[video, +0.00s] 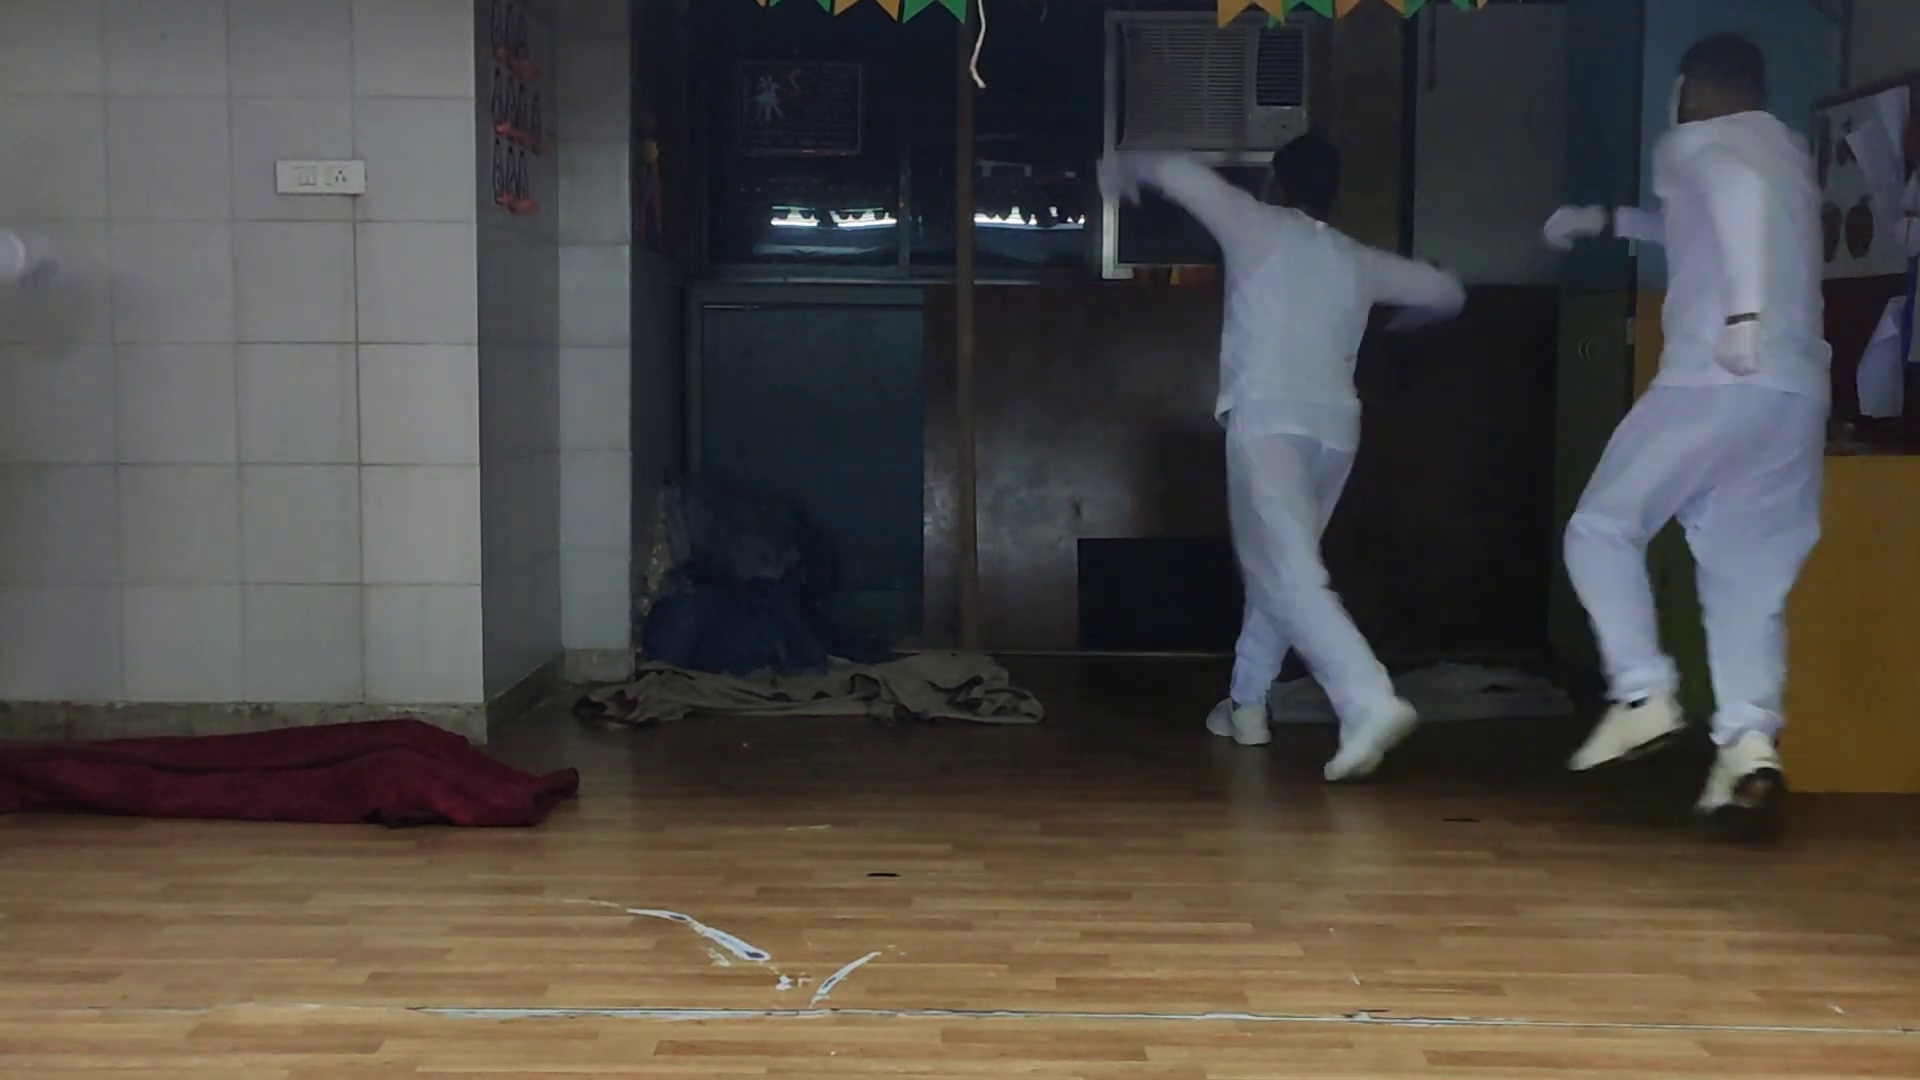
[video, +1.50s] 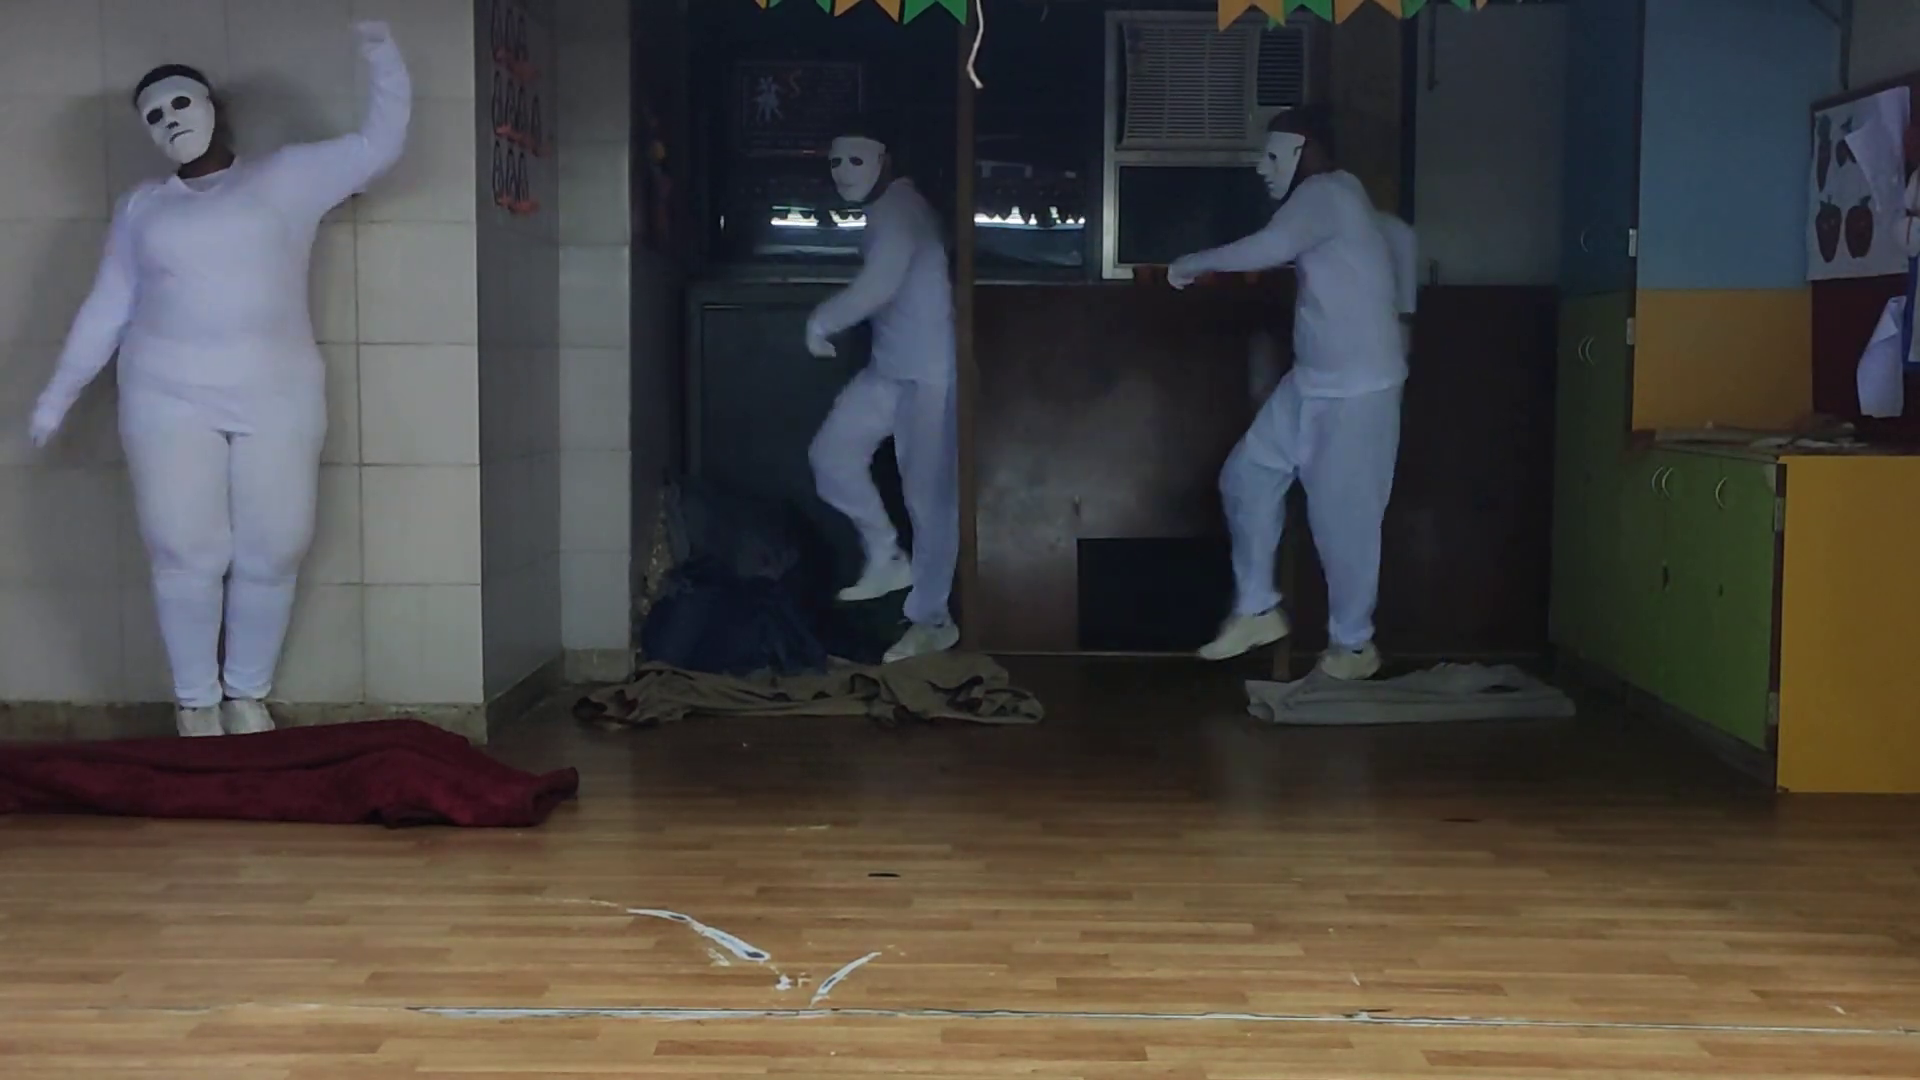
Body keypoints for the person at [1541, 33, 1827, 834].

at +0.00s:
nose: (1677, 105)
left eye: (1680, 91)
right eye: (1681, 93)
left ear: (1695, 88)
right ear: (1755, 92)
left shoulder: (1691, 138)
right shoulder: (1788, 158)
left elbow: (1737, 193)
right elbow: (1697, 233)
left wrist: (1744, 315)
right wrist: (1606, 220)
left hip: (1714, 377)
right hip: (1795, 391)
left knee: (1601, 526)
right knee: (1743, 570)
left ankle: (1640, 696)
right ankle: (1749, 744)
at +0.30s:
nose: (1553, 151)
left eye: (1556, 139)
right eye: (1562, 139)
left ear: (1561, 144)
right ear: (1629, 144)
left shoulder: (1534, 213)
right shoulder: (1673, 215)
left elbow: (1495, 332)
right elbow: (1742, 299)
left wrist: (1470, 315)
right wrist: (1705, 392)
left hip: (1556, 419)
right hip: (1644, 426)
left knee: (1505, 575)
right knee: (1627, 561)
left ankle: (1495, 752)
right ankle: (1624, 637)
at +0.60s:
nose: (1530, 152)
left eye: (1531, 142)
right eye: (1537, 141)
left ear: (1535, 142)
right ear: (1591, 147)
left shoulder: (1502, 194)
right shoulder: (1631, 212)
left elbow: (1432, 265)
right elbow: (1701, 282)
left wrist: (1483, 235)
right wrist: (1663, 363)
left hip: (1521, 406)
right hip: (1599, 409)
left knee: (1529, 561)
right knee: (1584, 553)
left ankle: (1569, 720)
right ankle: (1591, 688)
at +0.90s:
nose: (1453, 150)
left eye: (1454, 140)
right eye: (1455, 140)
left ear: (1465, 137)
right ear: (1512, 132)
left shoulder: (1467, 184)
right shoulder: (1551, 173)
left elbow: (1461, 228)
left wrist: (1435, 324)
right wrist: (1412, 185)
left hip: (1502, 376)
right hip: (1572, 379)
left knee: (1416, 456)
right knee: (1569, 519)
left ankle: (1468, 590)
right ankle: (1578, 665)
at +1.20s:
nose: (1365, 200)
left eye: (1366, 187)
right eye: (1363, 188)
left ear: (1388, 181)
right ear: (1415, 178)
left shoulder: (1400, 259)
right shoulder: (1457, 226)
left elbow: (1411, 368)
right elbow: (1426, 288)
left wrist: (1375, 441)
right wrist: (1361, 289)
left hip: (1426, 417)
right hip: (1480, 409)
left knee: (1388, 529)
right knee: (1486, 521)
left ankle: (1414, 656)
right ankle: (1550, 616)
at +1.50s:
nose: (1264, 168)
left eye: (1273, 157)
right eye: (1264, 157)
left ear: (1304, 151)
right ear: (1311, 153)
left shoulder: (1324, 194)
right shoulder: (1344, 200)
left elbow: (1272, 247)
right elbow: (1401, 233)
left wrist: (1188, 265)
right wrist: (1405, 307)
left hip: (1358, 386)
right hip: (1312, 381)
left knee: (1345, 512)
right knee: (1247, 480)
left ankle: (1353, 646)